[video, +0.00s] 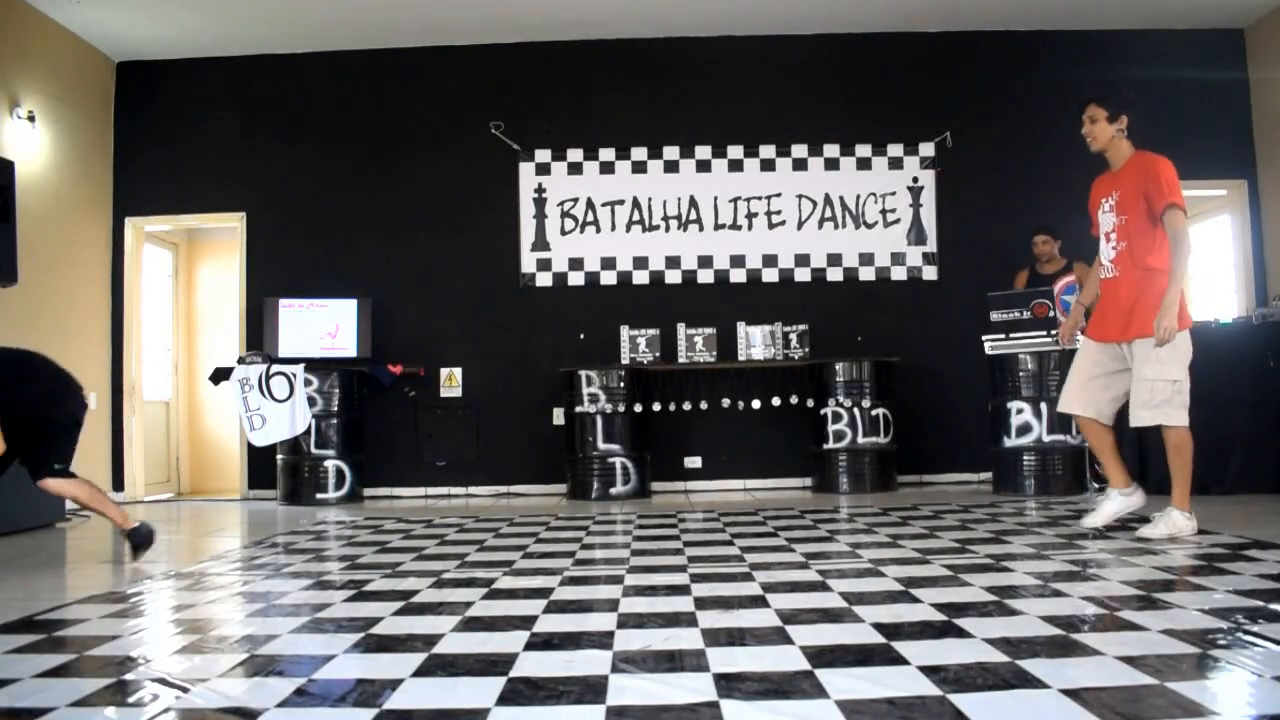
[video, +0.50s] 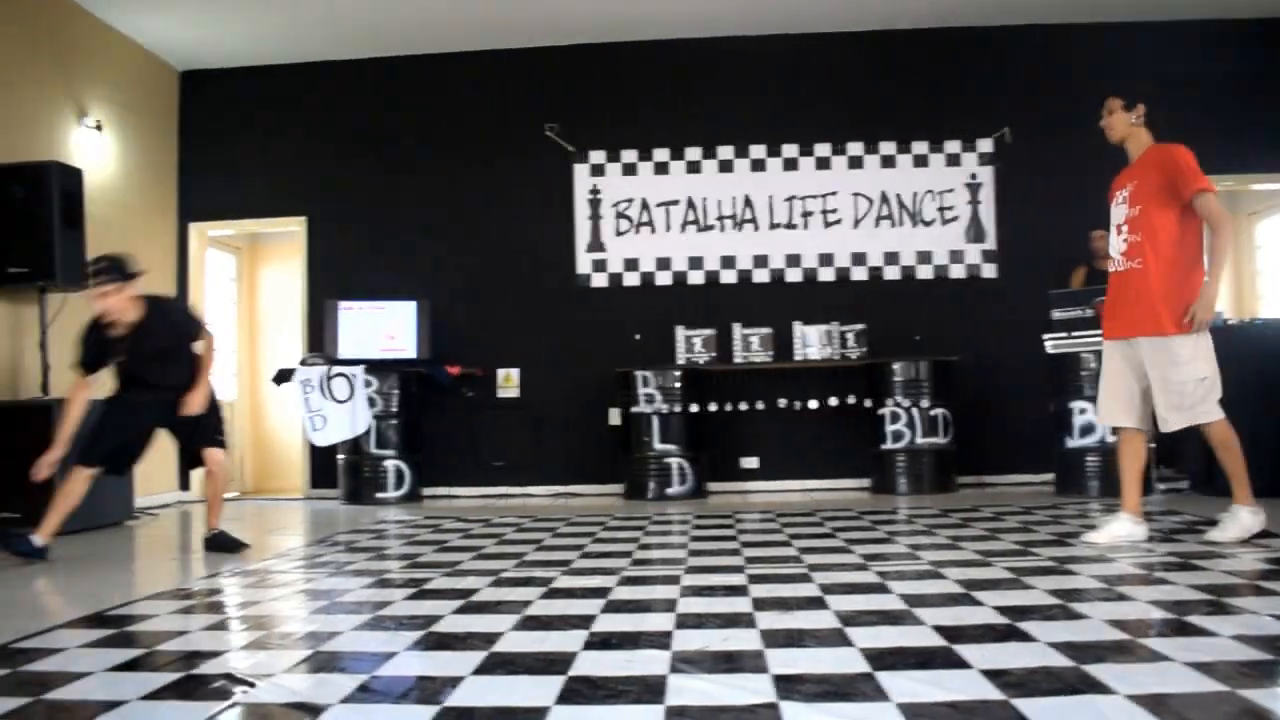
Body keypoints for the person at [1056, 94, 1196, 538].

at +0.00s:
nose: (1084, 130)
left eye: (1092, 121)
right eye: (1084, 123)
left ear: (1120, 124)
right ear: (1095, 131)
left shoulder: (1153, 167)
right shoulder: (1099, 187)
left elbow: (1180, 232)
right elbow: (1105, 258)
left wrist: (1170, 300)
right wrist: (1077, 310)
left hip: (1158, 311)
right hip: (1111, 315)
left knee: (1171, 411)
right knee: (1081, 402)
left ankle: (1181, 512)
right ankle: (1123, 490)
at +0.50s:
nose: (1103, 121)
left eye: (1111, 111)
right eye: (1102, 115)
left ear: (1138, 113)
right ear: (1114, 125)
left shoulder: (1172, 157)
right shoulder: (1120, 182)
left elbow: (1220, 221)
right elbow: (1145, 247)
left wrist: (1210, 292)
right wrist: (1109, 251)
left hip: (1172, 316)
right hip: (1124, 320)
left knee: (1207, 413)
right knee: (1128, 421)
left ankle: (1246, 507)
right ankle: (1131, 518)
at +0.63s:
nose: (1163, 112)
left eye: (1172, 102)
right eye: (1163, 104)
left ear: (1201, 106)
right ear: (1181, 112)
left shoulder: (1234, 151)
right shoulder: (1183, 173)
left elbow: (1275, 206)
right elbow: (1196, 238)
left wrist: (1277, 286)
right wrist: (1163, 268)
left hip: (1232, 312)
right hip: (1182, 318)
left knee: (1266, 416)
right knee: (1195, 423)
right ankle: (1205, 519)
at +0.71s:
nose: (1198, 108)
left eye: (1207, 98)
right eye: (1197, 100)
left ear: (1236, 102)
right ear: (1206, 110)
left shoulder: (1265, 149)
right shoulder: (1216, 169)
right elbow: (1224, 236)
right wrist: (1200, 270)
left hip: (1261, 312)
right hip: (1217, 316)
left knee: (1272, 421)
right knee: (1229, 421)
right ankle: (1244, 520)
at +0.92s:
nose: (1272, 97)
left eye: (1275, 87)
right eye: (1271, 88)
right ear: (1268, 95)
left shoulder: (1273, 170)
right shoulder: (1272, 169)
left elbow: (1274, 237)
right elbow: (1274, 235)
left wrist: (1267, 296)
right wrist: (1266, 295)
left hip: (1279, 307)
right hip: (1278, 308)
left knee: (1279, 404)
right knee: (1277, 404)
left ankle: (1276, 476)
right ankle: (1275, 476)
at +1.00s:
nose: (1274, 93)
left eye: (1278, 85)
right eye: (1275, 85)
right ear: (1274, 90)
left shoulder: (1276, 168)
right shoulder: (1276, 168)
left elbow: (1276, 239)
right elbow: (1277, 238)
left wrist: (1252, 299)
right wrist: (1252, 299)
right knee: (1279, 414)